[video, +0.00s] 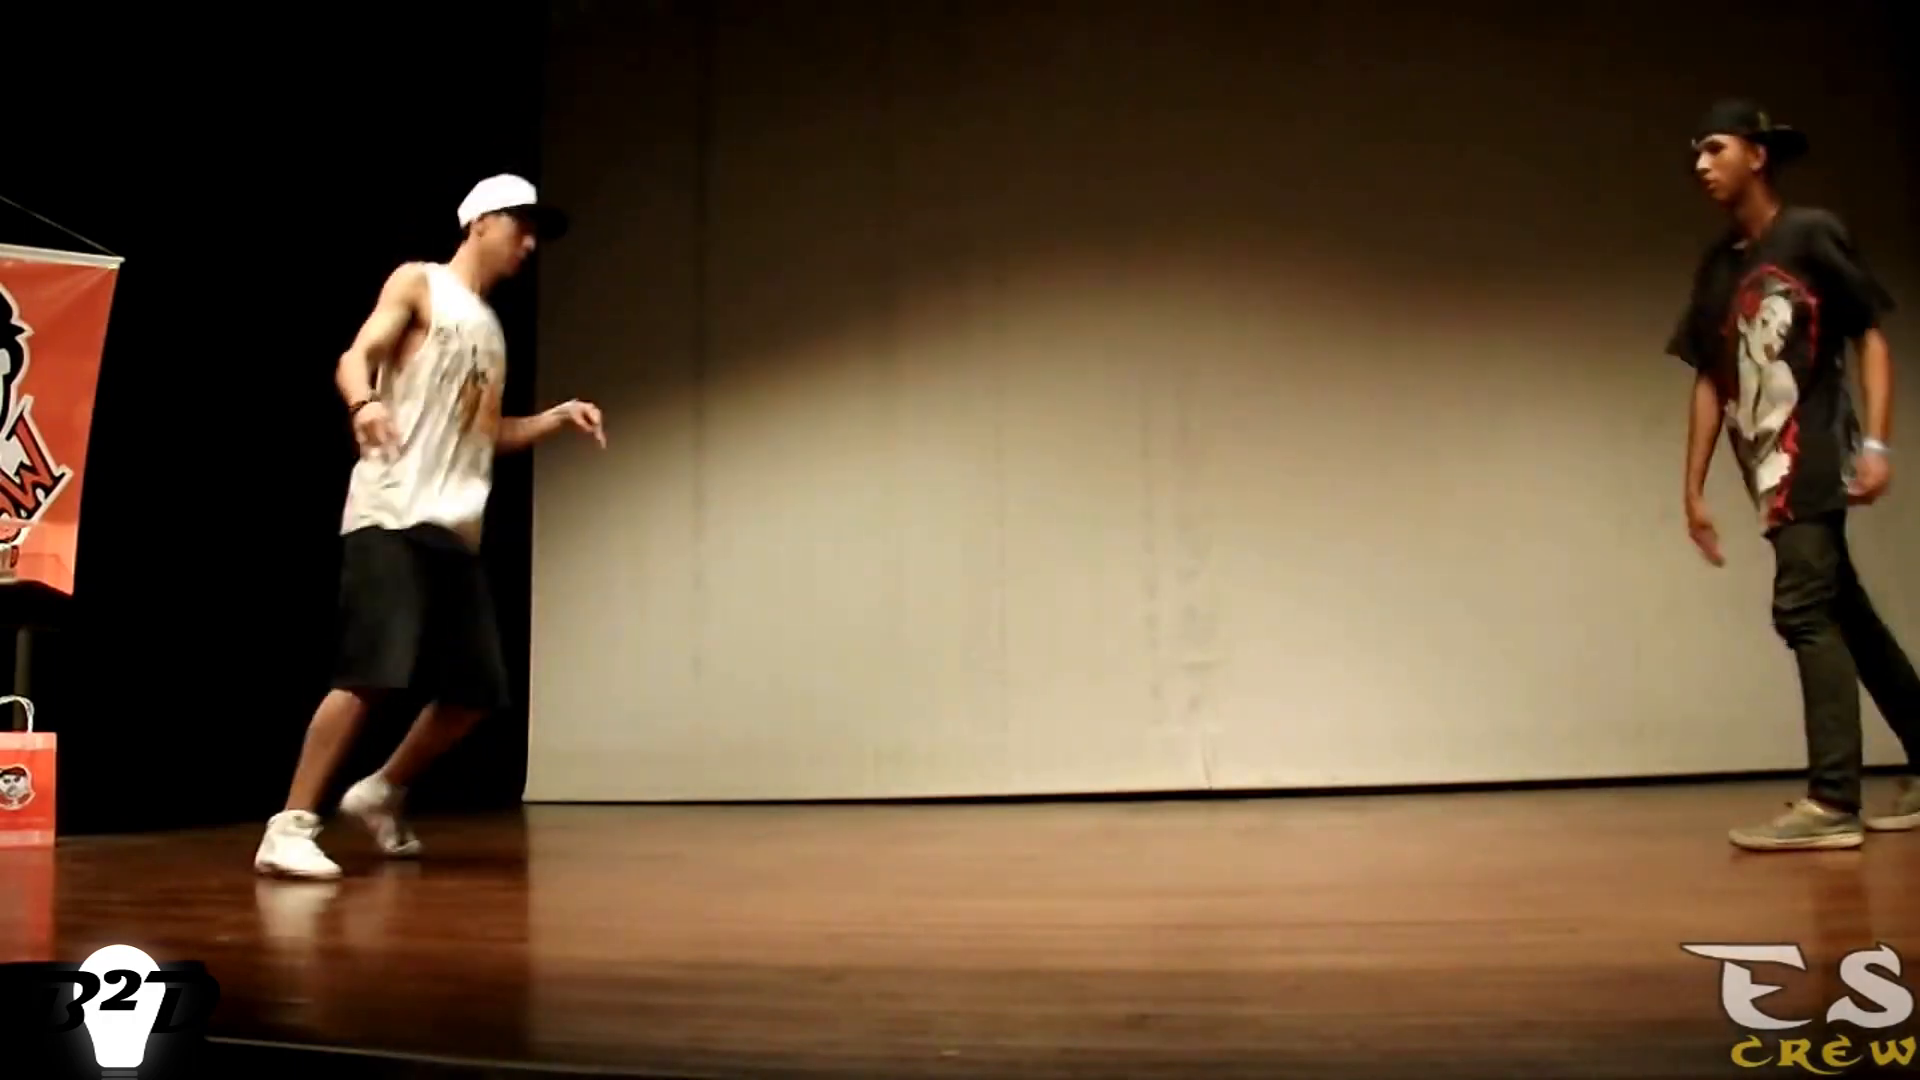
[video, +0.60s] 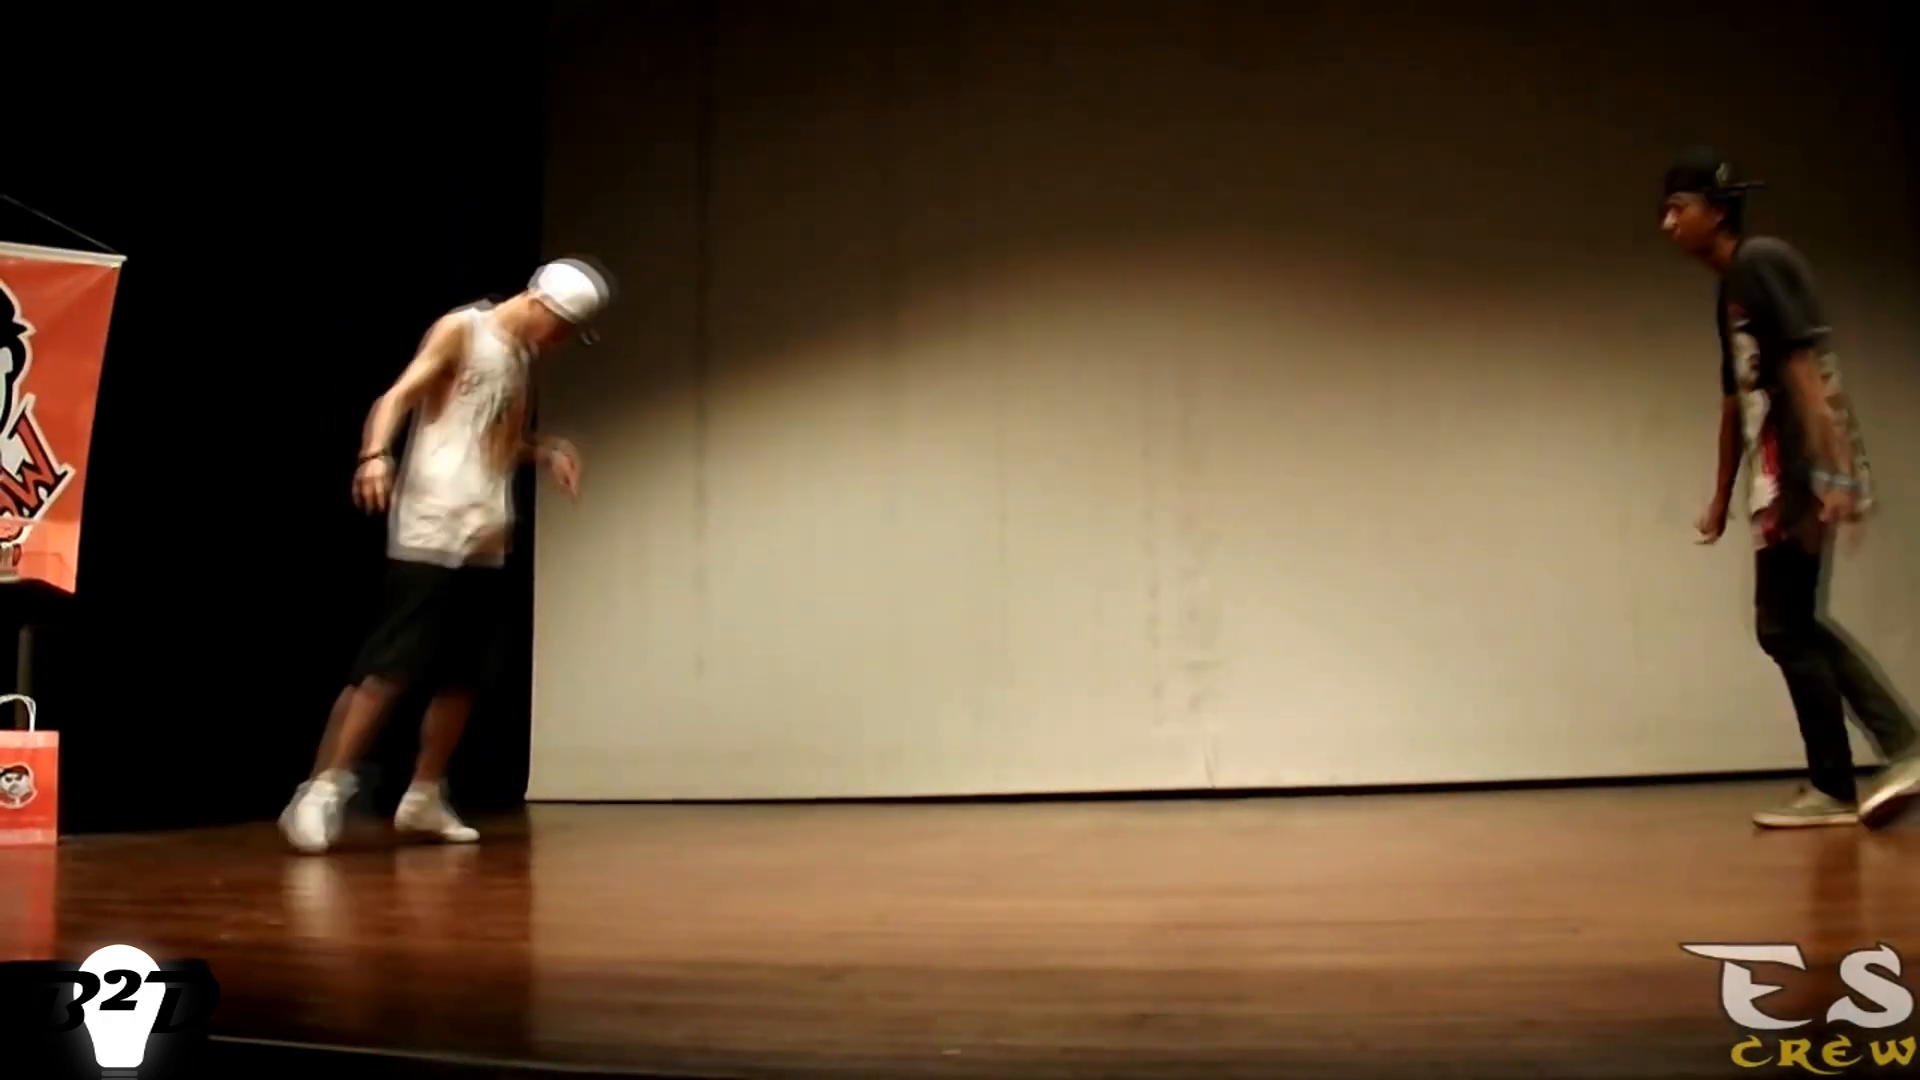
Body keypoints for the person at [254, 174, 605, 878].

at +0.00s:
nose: (527, 243)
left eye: (531, 232)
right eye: (519, 226)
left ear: (510, 240)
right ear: (479, 225)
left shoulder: (489, 331)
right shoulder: (416, 282)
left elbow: (490, 432)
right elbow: (355, 358)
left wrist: (558, 417)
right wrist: (363, 404)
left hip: (452, 530)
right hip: (386, 514)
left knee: (474, 689)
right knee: (372, 668)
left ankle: (380, 794)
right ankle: (291, 826)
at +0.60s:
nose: (559, 338)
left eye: (567, 330)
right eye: (560, 324)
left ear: (554, 317)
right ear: (536, 300)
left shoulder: (523, 359)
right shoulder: (460, 330)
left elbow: (502, 443)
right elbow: (395, 398)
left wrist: (550, 450)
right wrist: (375, 454)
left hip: (483, 541)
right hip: (429, 532)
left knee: (463, 673)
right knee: (393, 665)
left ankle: (423, 797)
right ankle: (323, 792)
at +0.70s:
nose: (589, 332)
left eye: (597, 326)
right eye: (592, 320)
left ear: (585, 311)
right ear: (573, 294)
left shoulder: (551, 340)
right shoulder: (495, 310)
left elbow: (534, 403)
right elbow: (425, 374)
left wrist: (576, 421)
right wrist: (400, 446)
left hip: (508, 515)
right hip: (460, 509)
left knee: (480, 656)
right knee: (442, 651)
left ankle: (445, 783)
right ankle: (390, 774)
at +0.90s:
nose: (645, 368)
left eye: (652, 360)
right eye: (644, 353)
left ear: (633, 348)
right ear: (617, 333)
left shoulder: (600, 399)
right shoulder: (547, 362)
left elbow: (613, 451)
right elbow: (483, 412)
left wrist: (664, 461)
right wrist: (437, 464)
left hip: (544, 551)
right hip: (520, 549)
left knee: (510, 678)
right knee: (570, 679)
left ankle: (446, 790)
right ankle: (607, 797)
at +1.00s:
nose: (677, 380)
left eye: (684, 373)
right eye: (680, 369)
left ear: (665, 356)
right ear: (658, 347)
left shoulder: (633, 395)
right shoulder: (582, 373)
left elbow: (639, 471)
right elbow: (523, 436)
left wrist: (699, 482)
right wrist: (479, 500)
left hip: (596, 555)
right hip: (566, 555)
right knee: (626, 678)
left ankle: (489, 772)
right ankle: (625, 807)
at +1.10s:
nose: (708, 371)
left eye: (715, 364)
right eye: (710, 359)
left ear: (700, 345)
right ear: (690, 337)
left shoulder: (668, 382)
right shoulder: (618, 363)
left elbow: (659, 466)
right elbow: (559, 432)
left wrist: (714, 477)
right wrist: (553, 507)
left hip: (648, 545)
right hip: (604, 545)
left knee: (681, 677)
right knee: (644, 678)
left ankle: (585, 746)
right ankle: (626, 805)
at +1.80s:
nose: (916, 308)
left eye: (923, 298)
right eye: (912, 291)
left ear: (911, 293)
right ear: (878, 272)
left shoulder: (867, 351)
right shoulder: (811, 319)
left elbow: (876, 445)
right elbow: (765, 405)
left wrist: (944, 441)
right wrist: (801, 470)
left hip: (877, 517)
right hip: (822, 515)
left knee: (942, 650)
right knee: (870, 640)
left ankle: (964, 800)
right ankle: (848, 804)